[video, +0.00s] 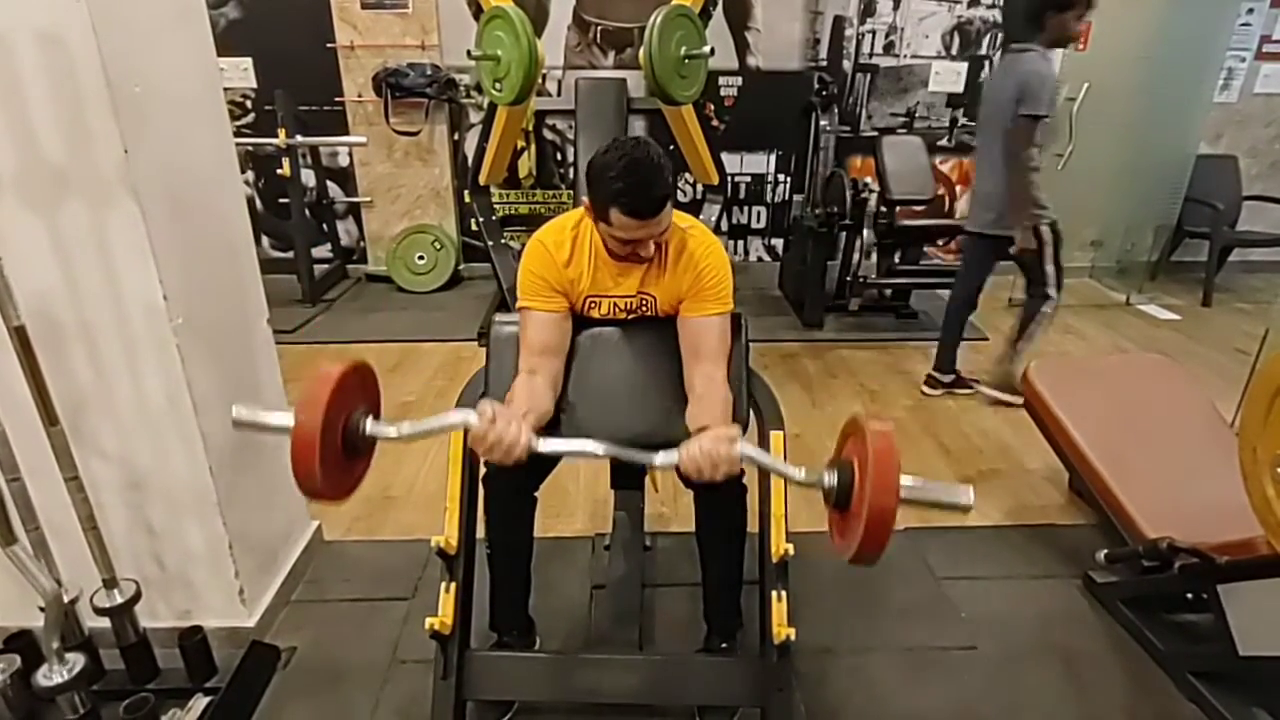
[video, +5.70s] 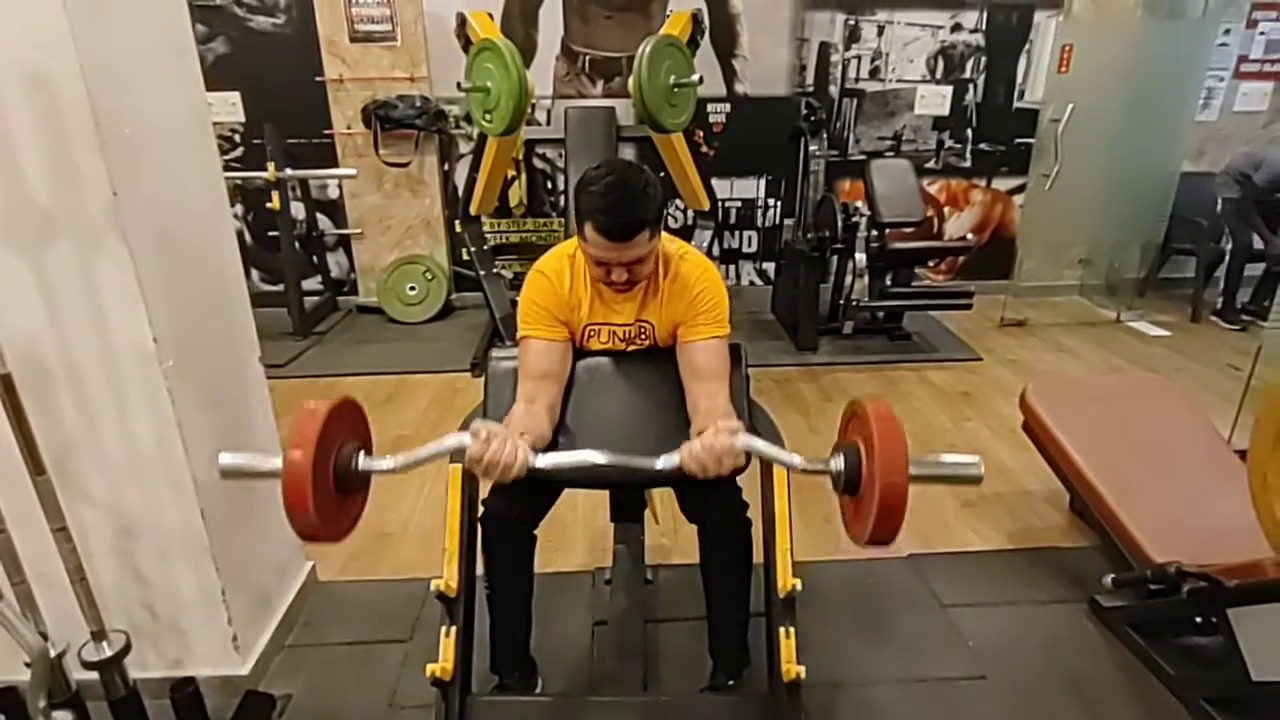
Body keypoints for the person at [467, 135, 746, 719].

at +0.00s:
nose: (647, 248)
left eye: (658, 234)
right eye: (629, 240)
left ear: (671, 204)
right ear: (594, 213)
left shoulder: (700, 252)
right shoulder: (550, 250)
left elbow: (707, 372)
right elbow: (537, 368)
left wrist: (713, 435)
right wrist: (516, 419)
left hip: (671, 385)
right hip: (578, 384)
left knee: (721, 471)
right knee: (506, 470)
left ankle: (724, 638)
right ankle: (511, 635)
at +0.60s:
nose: (622, 247)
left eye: (639, 235)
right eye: (607, 233)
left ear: (664, 209)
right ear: (586, 204)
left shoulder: (696, 255)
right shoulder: (551, 252)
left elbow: (707, 389)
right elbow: (535, 384)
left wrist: (704, 507)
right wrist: (518, 505)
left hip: (670, 383)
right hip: (574, 383)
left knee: (721, 488)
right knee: (502, 480)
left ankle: (723, 637)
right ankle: (512, 639)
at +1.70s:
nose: (617, 246)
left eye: (632, 230)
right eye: (601, 231)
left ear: (656, 205)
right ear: (580, 208)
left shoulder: (696, 258)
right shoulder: (552, 257)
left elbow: (711, 383)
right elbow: (536, 379)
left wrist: (714, 425)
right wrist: (513, 427)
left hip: (666, 395)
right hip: (577, 393)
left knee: (718, 483)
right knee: (504, 485)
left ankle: (723, 643)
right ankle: (511, 645)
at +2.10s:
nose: (615, 255)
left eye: (630, 241)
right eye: (599, 241)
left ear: (654, 216)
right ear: (578, 217)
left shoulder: (693, 263)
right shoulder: (552, 264)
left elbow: (708, 414)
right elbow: (537, 416)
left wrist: (706, 351)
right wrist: (522, 351)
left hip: (667, 406)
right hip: (574, 404)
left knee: (720, 496)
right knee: (502, 495)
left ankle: (723, 652)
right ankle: (512, 651)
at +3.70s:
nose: (610, 206)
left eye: (628, 191)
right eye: (593, 191)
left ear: (654, 198)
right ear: (572, 199)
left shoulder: (694, 274)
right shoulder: (541, 274)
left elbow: (709, 404)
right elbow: (531, 393)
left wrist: (716, 435)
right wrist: (507, 431)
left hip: (666, 417)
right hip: (571, 414)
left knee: (723, 504)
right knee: (500, 509)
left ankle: (727, 670)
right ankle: (507, 672)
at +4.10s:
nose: (613, 251)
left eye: (629, 234)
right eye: (594, 236)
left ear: (651, 210)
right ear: (570, 213)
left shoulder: (689, 273)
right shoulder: (536, 272)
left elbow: (704, 407)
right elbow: (523, 404)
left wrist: (706, 506)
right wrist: (503, 502)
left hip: (664, 417)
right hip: (564, 417)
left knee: (723, 518)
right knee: (492, 518)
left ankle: (723, 673)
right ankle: (502, 675)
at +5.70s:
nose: (619, 276)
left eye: (635, 261)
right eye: (603, 262)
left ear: (658, 233)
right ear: (580, 235)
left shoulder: (696, 279)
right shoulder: (550, 278)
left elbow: (712, 398)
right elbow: (535, 398)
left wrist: (715, 441)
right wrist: (512, 441)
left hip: (666, 414)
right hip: (576, 412)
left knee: (723, 507)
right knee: (504, 514)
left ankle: (729, 674)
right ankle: (513, 677)